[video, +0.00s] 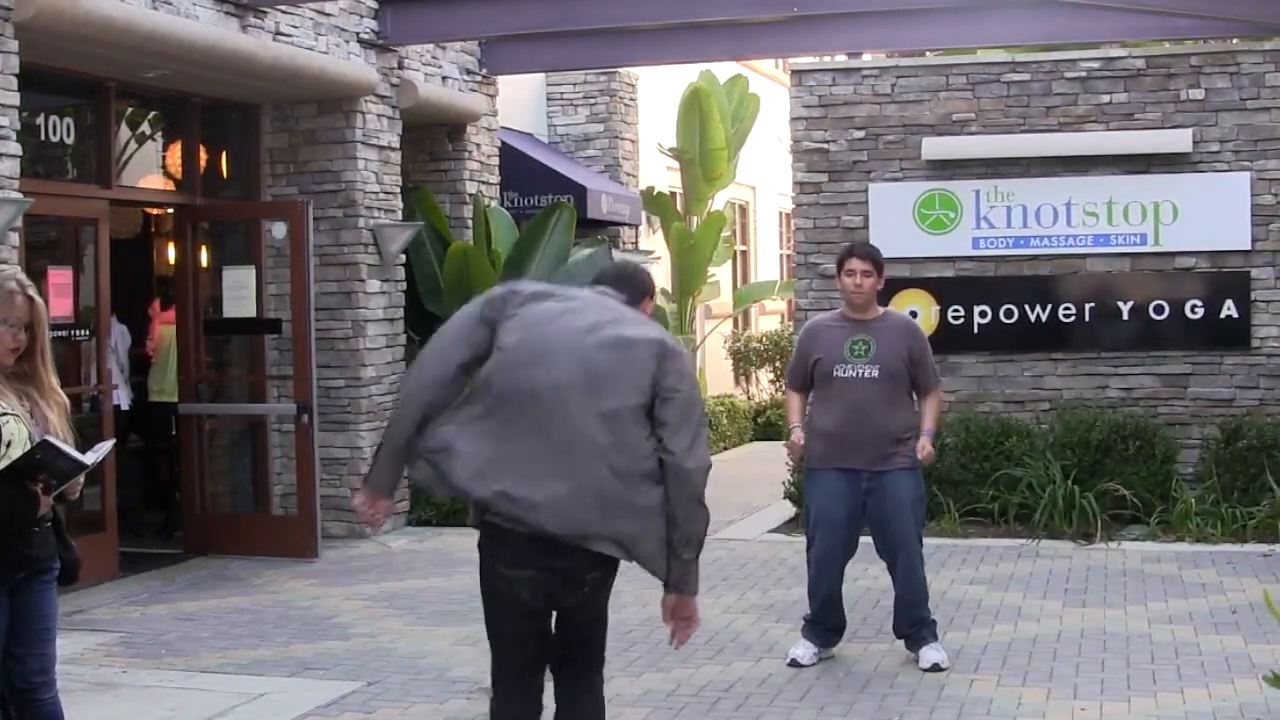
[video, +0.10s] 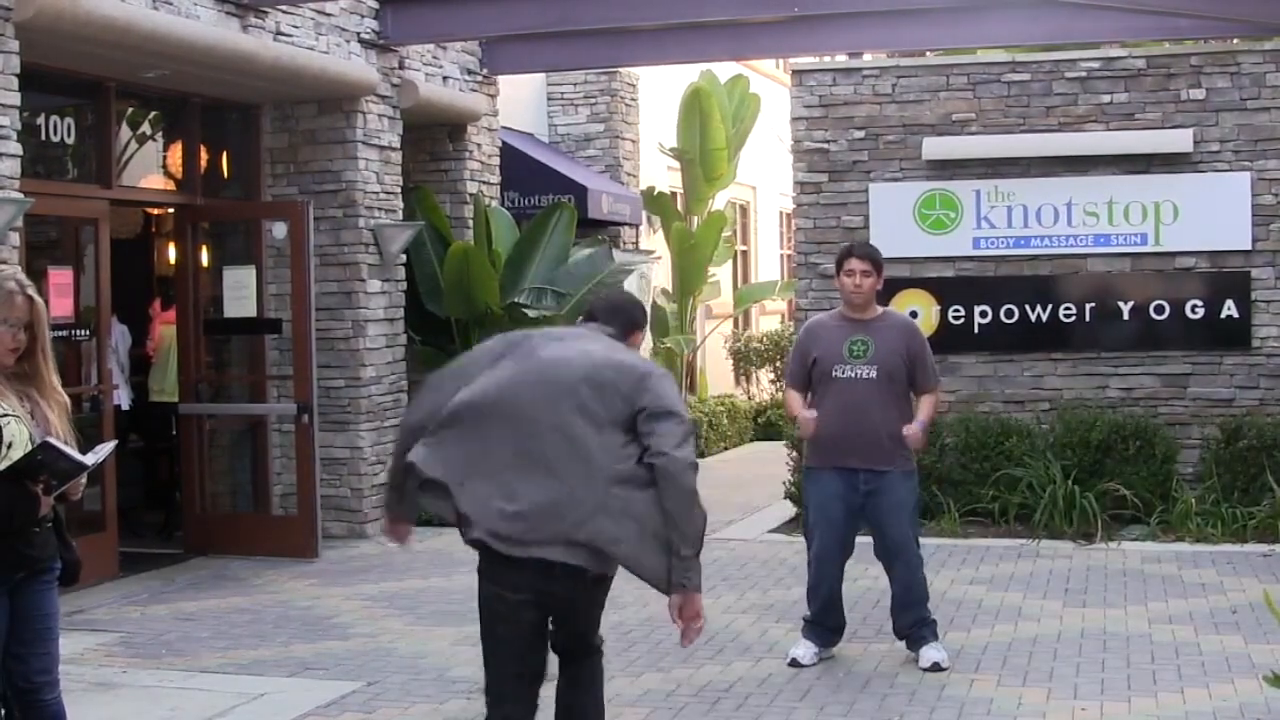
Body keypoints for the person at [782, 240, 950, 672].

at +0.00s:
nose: (856, 281)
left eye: (865, 274)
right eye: (849, 273)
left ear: (879, 280)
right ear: (838, 280)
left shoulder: (906, 330)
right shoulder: (815, 331)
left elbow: (930, 390)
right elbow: (796, 386)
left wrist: (926, 434)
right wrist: (796, 426)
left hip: (895, 464)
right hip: (830, 465)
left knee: (906, 552)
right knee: (825, 553)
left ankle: (923, 637)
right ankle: (818, 636)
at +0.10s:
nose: (856, 281)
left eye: (864, 274)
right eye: (848, 273)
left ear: (878, 280)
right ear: (837, 280)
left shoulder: (904, 330)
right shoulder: (814, 331)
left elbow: (928, 390)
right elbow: (793, 388)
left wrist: (920, 424)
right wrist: (800, 413)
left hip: (891, 467)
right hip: (827, 467)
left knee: (903, 553)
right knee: (824, 556)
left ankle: (922, 637)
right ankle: (818, 636)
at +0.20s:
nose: (855, 285)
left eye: (863, 278)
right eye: (847, 277)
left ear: (878, 284)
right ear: (836, 282)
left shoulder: (902, 332)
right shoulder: (815, 332)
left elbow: (931, 392)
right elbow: (790, 392)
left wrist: (914, 413)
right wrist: (804, 403)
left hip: (889, 468)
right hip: (826, 468)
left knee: (899, 551)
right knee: (822, 555)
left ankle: (922, 638)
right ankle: (818, 636)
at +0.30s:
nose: (854, 285)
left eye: (863, 278)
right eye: (847, 278)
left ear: (878, 284)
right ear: (836, 283)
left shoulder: (902, 332)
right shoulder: (815, 332)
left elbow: (930, 393)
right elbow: (790, 392)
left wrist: (911, 408)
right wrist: (806, 400)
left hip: (888, 468)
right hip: (825, 468)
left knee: (900, 551)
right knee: (819, 555)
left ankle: (922, 638)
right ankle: (817, 636)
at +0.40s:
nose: (857, 282)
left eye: (865, 275)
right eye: (849, 274)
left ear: (879, 280)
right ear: (838, 280)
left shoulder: (905, 329)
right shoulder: (816, 330)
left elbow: (931, 389)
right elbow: (792, 389)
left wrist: (914, 408)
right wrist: (804, 406)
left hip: (892, 466)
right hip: (828, 466)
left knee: (905, 552)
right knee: (821, 555)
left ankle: (923, 638)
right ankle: (818, 636)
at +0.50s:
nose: (859, 281)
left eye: (867, 274)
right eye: (851, 274)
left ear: (881, 279)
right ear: (840, 279)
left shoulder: (906, 327)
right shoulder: (817, 329)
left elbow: (933, 387)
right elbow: (793, 385)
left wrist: (920, 411)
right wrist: (798, 417)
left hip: (896, 463)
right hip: (831, 463)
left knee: (908, 552)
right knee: (826, 553)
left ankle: (923, 638)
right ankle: (818, 636)